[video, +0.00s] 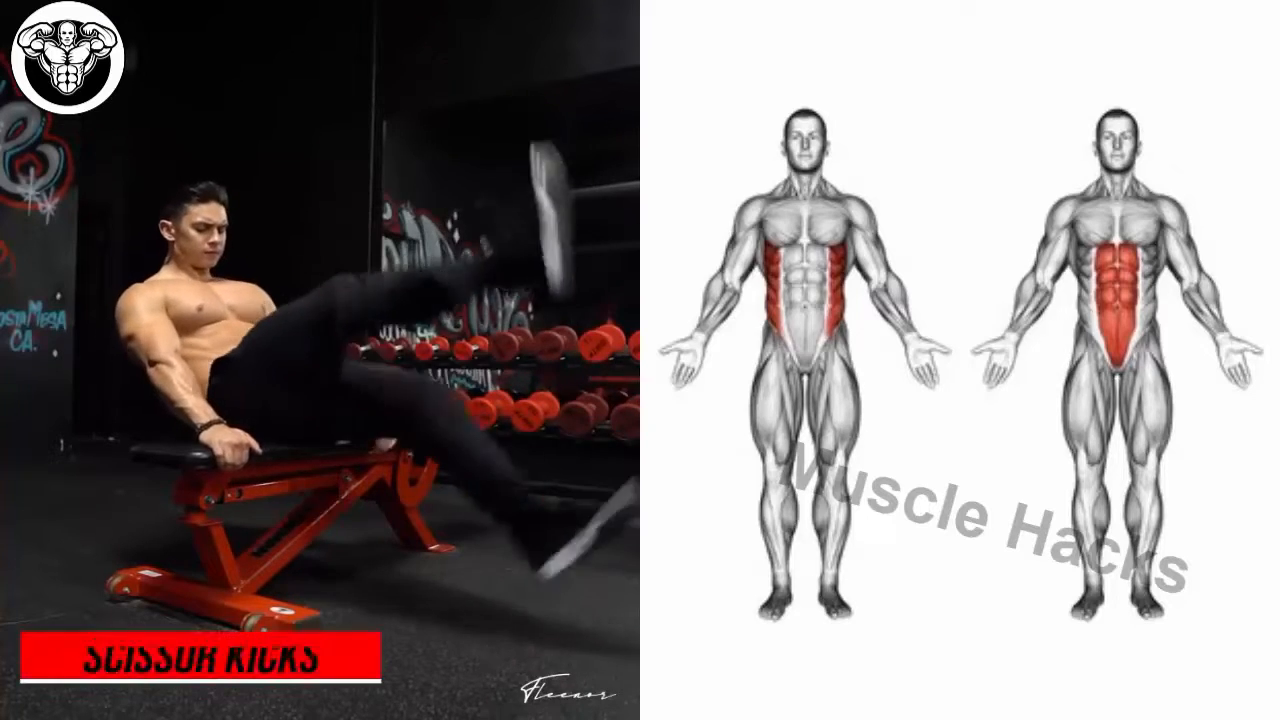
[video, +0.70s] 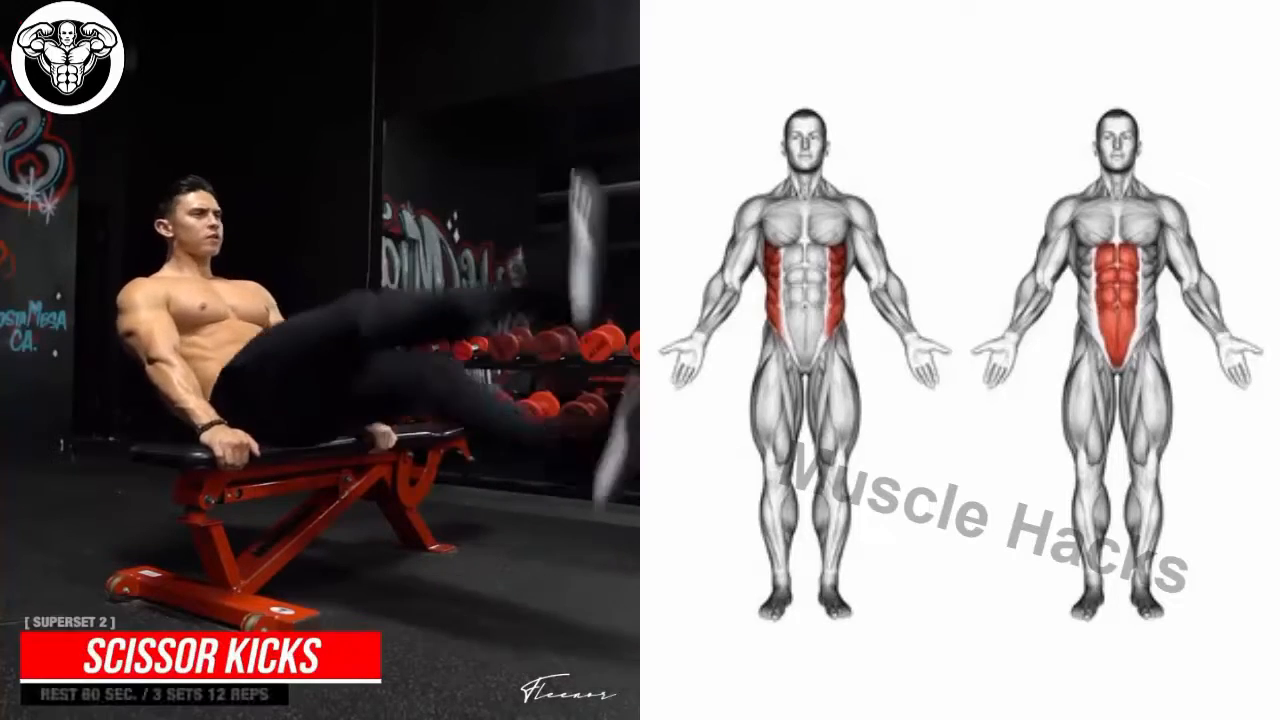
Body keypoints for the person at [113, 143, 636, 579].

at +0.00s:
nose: (215, 239)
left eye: (221, 230)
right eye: (202, 229)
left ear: (225, 235)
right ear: (168, 232)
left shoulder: (251, 293)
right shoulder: (143, 298)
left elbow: (302, 350)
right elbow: (163, 366)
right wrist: (210, 426)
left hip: (302, 396)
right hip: (242, 393)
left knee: (425, 398)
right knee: (336, 299)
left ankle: (539, 532)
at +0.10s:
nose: (214, 241)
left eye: (220, 232)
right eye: (202, 230)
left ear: (224, 236)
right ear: (169, 233)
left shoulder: (249, 294)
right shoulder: (142, 296)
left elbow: (303, 360)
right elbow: (166, 364)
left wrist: (361, 418)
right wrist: (210, 424)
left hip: (300, 402)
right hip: (242, 401)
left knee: (432, 372)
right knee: (346, 333)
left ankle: (568, 439)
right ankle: (505, 368)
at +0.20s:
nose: (216, 238)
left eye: (221, 229)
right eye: (204, 227)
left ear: (226, 237)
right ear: (170, 232)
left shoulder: (247, 295)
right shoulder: (144, 296)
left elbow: (307, 352)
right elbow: (167, 362)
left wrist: (365, 384)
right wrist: (210, 426)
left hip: (292, 380)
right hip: (237, 394)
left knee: (403, 326)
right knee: (361, 374)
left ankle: (552, 328)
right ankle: (524, 496)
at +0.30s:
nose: (220, 235)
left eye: (226, 226)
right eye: (208, 224)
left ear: (229, 234)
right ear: (174, 229)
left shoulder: (250, 292)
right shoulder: (146, 291)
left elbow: (310, 353)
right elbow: (168, 361)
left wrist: (368, 380)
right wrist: (210, 424)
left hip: (302, 376)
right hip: (249, 392)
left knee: (386, 301)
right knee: (375, 421)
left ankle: (532, 231)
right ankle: (502, 574)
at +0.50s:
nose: (221, 228)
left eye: (226, 219)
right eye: (209, 217)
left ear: (229, 228)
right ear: (173, 224)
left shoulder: (251, 291)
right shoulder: (146, 290)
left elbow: (309, 352)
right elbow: (163, 361)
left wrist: (368, 375)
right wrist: (209, 426)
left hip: (294, 378)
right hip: (240, 393)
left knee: (376, 299)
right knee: (371, 400)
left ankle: (535, 241)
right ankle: (510, 534)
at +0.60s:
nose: (216, 227)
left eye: (220, 218)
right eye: (202, 217)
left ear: (222, 226)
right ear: (169, 226)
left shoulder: (249, 290)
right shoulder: (144, 290)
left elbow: (308, 355)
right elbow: (164, 362)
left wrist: (357, 411)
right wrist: (211, 425)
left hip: (297, 386)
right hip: (243, 398)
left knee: (404, 319)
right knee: (365, 359)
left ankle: (576, 340)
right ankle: (537, 434)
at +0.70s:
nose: (212, 225)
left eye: (216, 216)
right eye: (198, 216)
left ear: (218, 226)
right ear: (166, 227)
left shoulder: (253, 291)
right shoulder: (145, 290)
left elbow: (307, 357)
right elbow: (162, 362)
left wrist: (363, 423)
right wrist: (210, 424)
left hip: (305, 401)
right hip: (246, 400)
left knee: (427, 372)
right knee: (355, 312)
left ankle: (564, 445)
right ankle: (527, 297)